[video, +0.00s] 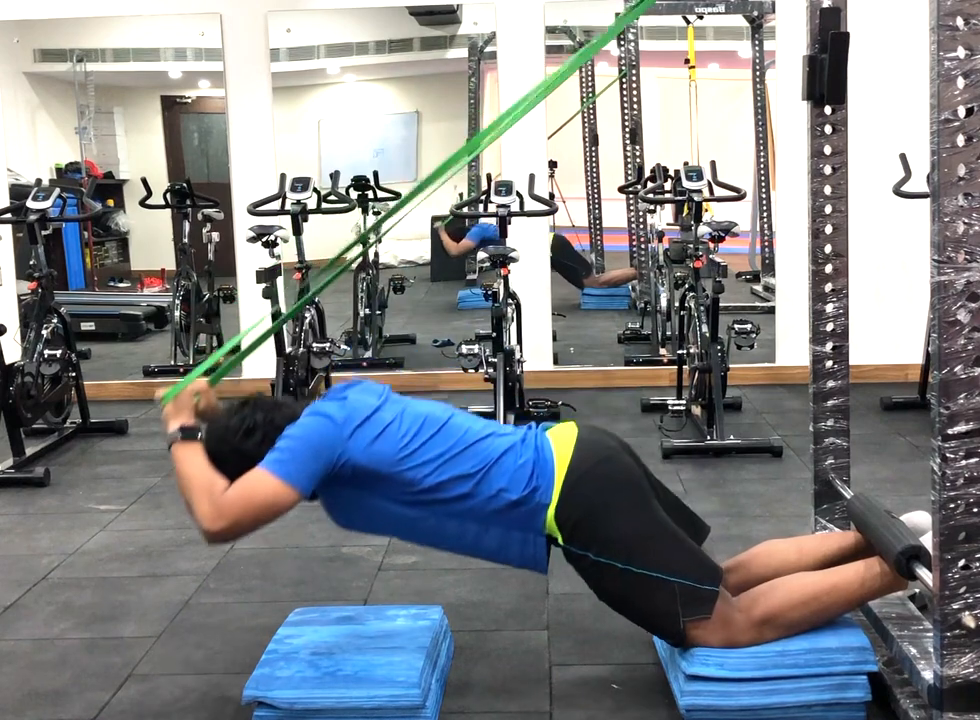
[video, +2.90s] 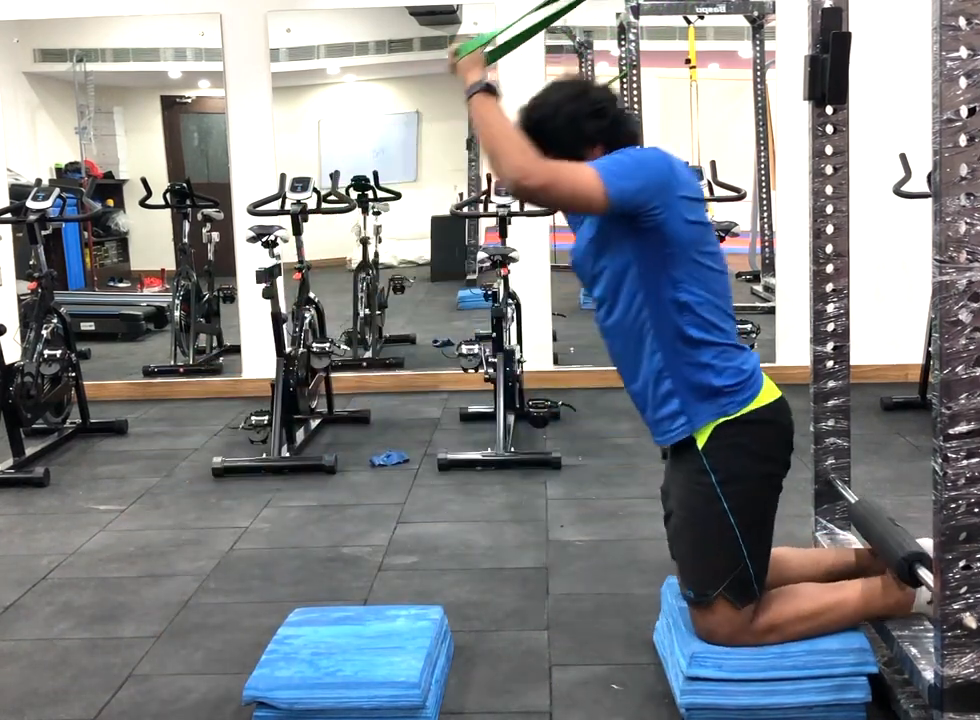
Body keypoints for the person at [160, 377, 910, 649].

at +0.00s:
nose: (244, 479)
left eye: (241, 465)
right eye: (238, 467)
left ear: (263, 441)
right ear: (273, 405)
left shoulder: (325, 428)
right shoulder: (337, 403)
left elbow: (218, 518)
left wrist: (179, 431)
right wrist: (217, 424)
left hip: (574, 496)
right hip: (578, 464)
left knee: (725, 625)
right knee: (710, 586)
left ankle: (904, 567)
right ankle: (863, 536)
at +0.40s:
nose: (239, 576)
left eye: (231, 567)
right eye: (226, 564)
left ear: (245, 547)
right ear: (249, 503)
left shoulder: (297, 519)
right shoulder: (317, 486)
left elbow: (203, 625)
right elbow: (232, 597)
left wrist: (149, 561)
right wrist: (180, 553)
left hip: (547, 525)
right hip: (552, 483)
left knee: (718, 631)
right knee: (715, 581)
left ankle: (902, 565)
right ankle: (866, 534)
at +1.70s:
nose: (269, 468)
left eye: (265, 458)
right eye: (262, 459)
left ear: (281, 428)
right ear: (291, 406)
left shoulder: (349, 404)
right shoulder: (352, 396)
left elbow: (246, 500)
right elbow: (261, 483)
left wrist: (178, 447)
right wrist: (201, 442)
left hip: (591, 473)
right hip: (589, 461)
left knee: (728, 623)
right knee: (716, 586)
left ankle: (907, 567)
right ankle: (864, 533)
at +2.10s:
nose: (333, 367)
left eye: (326, 351)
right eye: (327, 353)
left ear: (341, 328)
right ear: (360, 308)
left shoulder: (412, 322)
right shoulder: (415, 318)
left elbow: (302, 397)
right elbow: (318, 391)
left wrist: (235, 344)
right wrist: (253, 343)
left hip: (633, 447)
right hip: (632, 434)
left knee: (729, 623)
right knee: (727, 581)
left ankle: (900, 568)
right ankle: (861, 535)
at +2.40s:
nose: (404, 295)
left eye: (403, 281)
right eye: (396, 286)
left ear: (426, 256)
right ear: (435, 237)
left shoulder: (490, 254)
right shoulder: (486, 262)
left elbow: (365, 312)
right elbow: (378, 301)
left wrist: (292, 252)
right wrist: (311, 248)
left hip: (672, 433)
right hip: (668, 425)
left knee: (726, 626)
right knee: (731, 578)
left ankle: (905, 571)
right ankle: (869, 539)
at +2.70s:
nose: (492, 231)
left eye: (494, 216)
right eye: (486, 221)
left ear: (523, 190)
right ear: (525, 193)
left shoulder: (583, 203)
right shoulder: (562, 226)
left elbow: (455, 236)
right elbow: (463, 231)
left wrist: (388, 162)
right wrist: (403, 175)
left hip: (717, 430)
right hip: (687, 437)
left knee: (728, 624)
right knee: (708, 588)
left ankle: (902, 573)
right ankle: (865, 541)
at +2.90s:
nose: (543, 182)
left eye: (550, 167)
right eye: (540, 168)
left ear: (583, 148)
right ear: (590, 150)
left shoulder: (648, 173)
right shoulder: (612, 203)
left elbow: (526, 174)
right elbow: (528, 178)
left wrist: (475, 86)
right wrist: (483, 102)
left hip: (731, 427)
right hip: (697, 430)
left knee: (724, 620)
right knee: (710, 572)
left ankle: (908, 595)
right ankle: (867, 559)